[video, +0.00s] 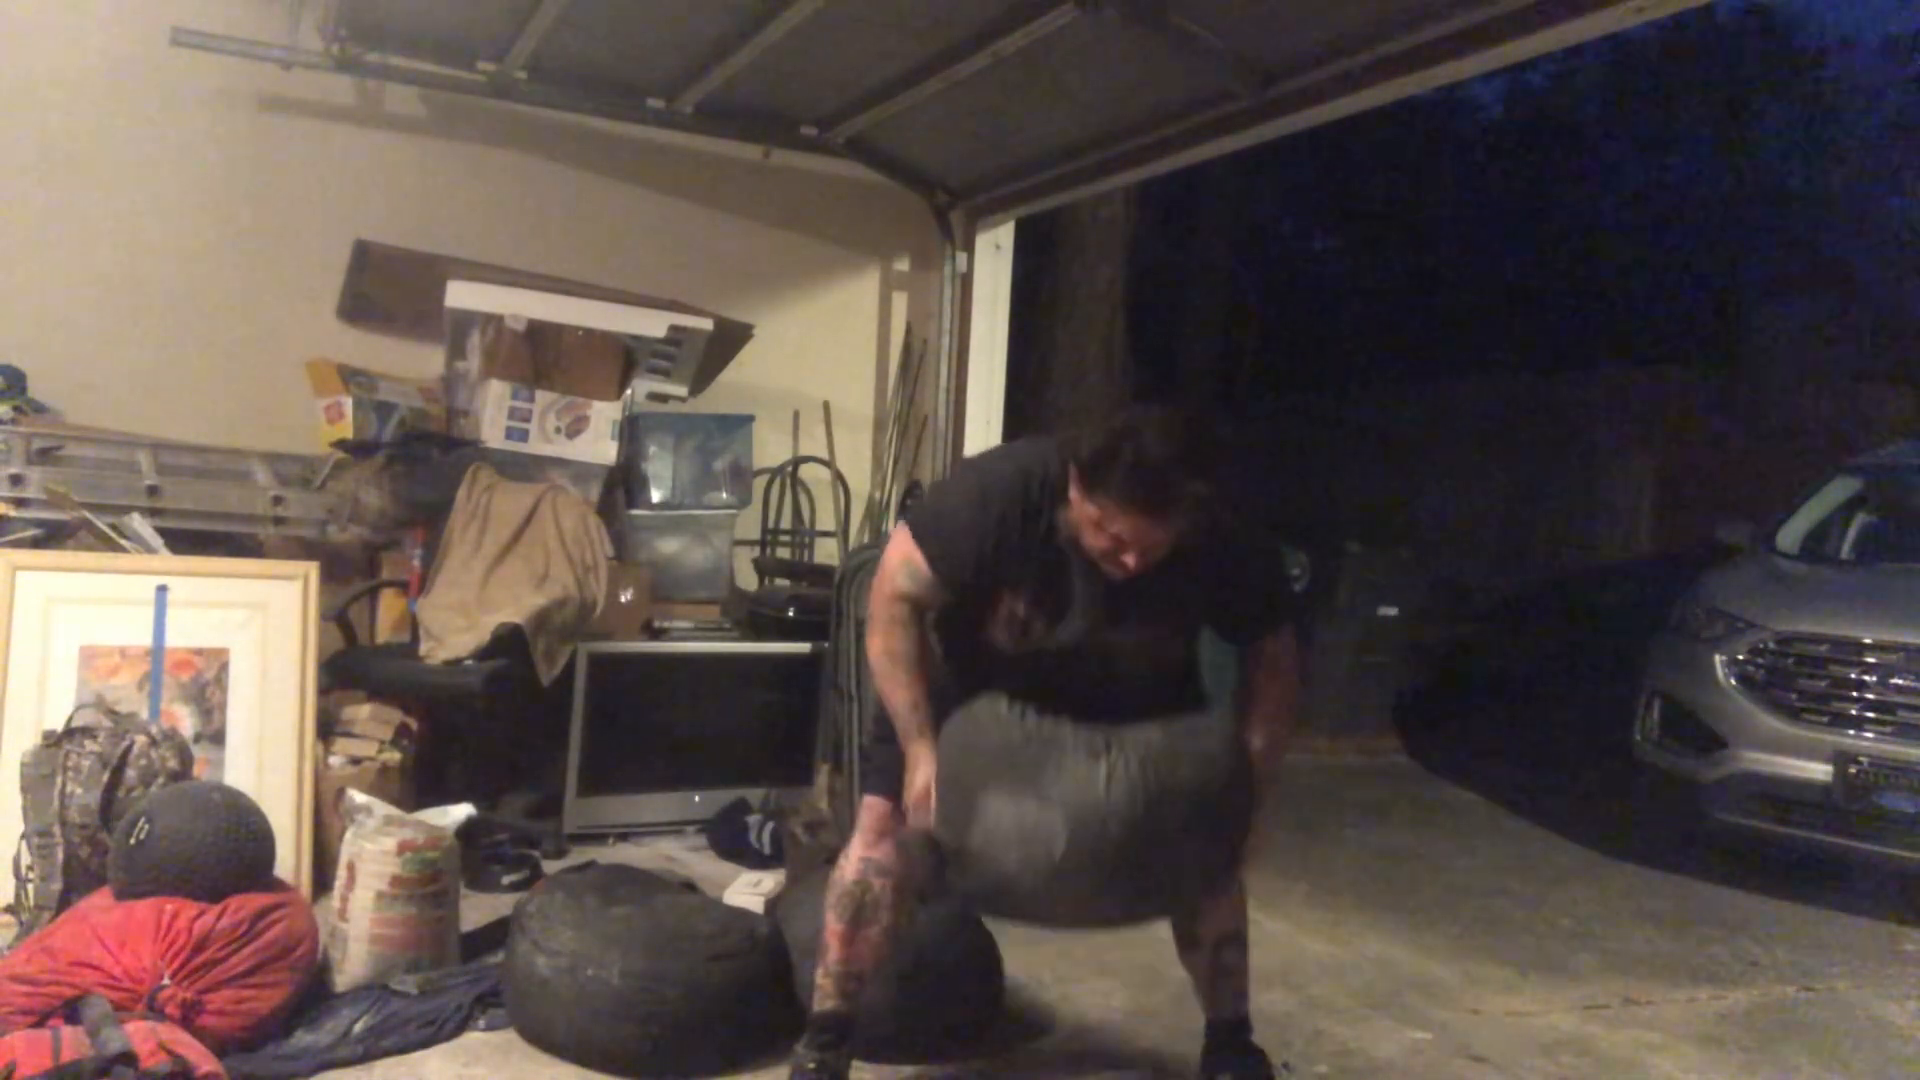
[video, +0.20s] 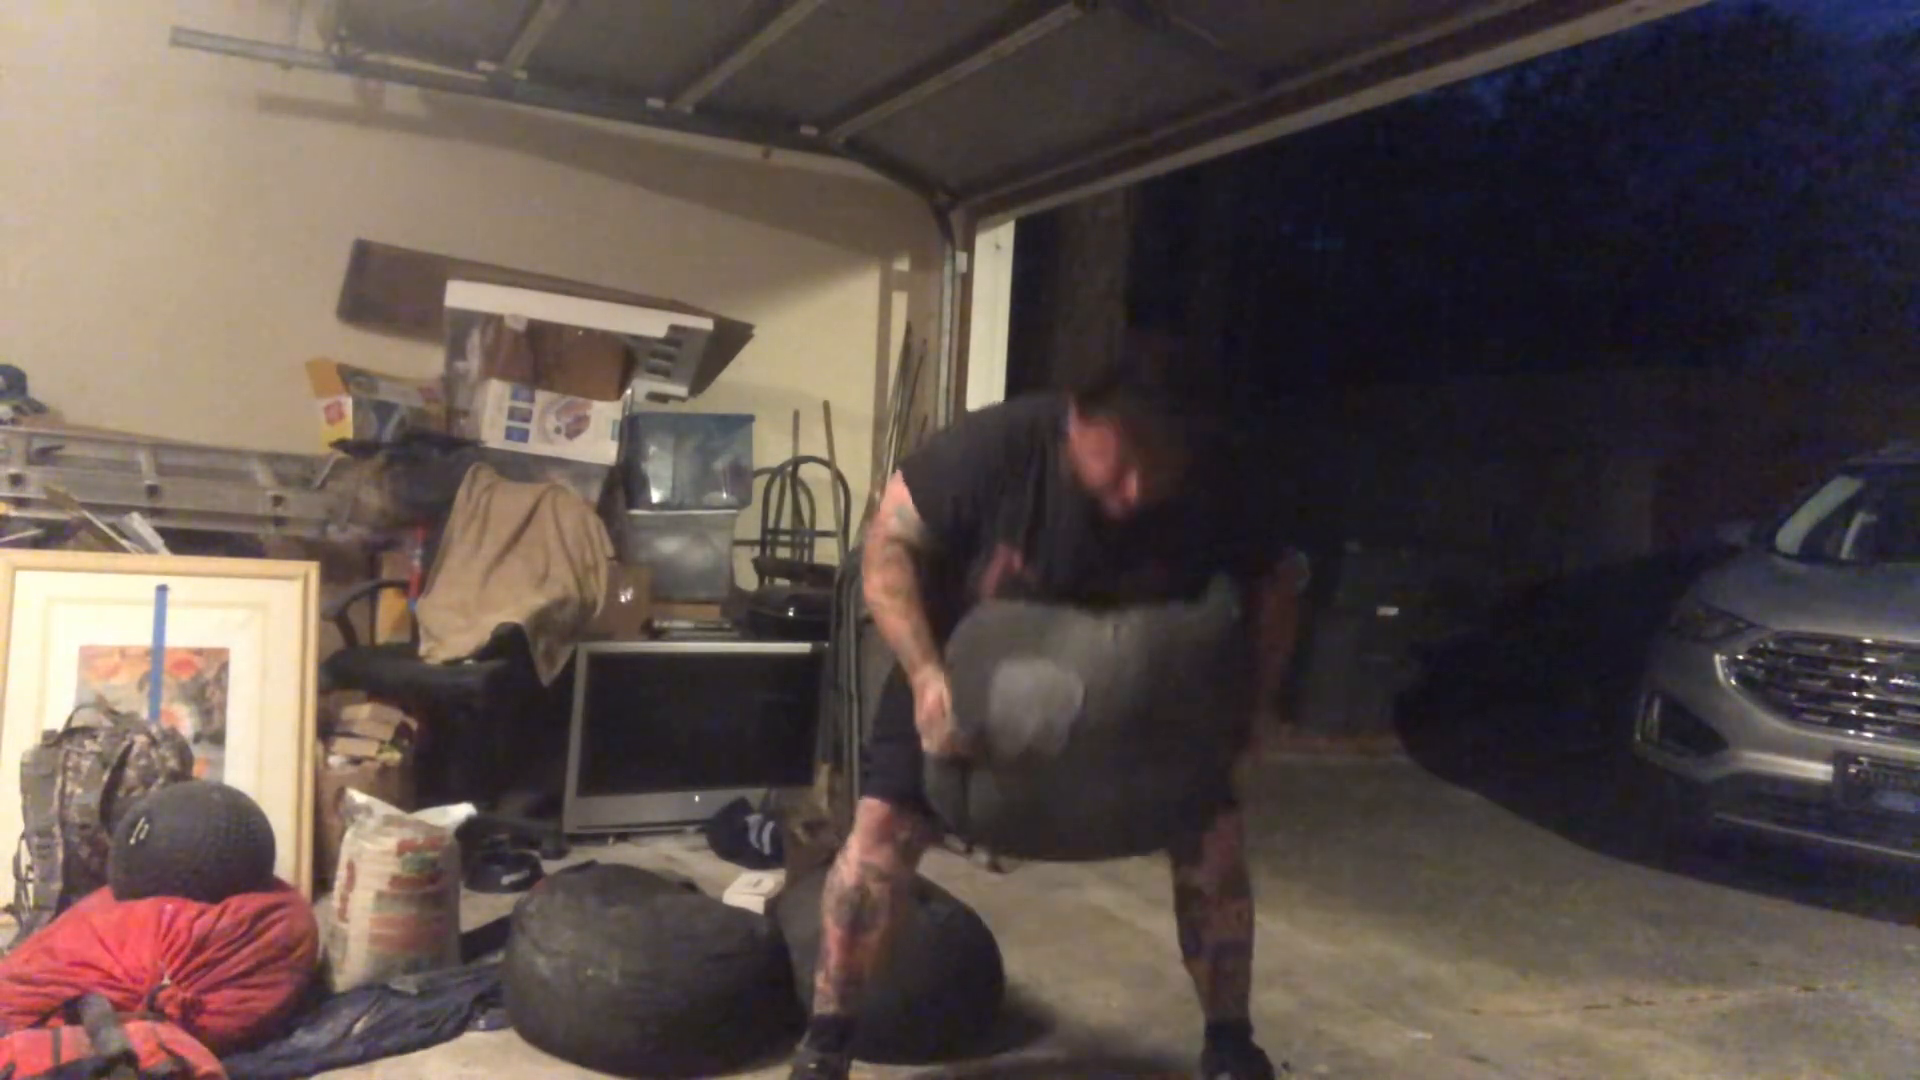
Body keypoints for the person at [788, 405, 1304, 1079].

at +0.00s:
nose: (1131, 564)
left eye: (1153, 547)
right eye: (1114, 541)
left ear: (1185, 520)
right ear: (1077, 491)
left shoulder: (1213, 540)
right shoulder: (1000, 495)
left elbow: (1273, 648)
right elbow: (892, 595)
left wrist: (1242, 789)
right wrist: (918, 751)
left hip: (1148, 702)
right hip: (976, 688)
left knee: (1208, 842)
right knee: (883, 824)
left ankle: (1231, 1044)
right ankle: (824, 1043)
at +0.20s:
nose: (1135, 493)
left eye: (1158, 472)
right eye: (1119, 465)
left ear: (1190, 452)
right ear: (1079, 421)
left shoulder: (1213, 485)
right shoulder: (995, 448)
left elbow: (1276, 579)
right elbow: (886, 545)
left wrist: (1250, 706)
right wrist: (925, 676)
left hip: (1136, 667)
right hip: (971, 647)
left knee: (1214, 835)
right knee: (882, 830)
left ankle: (1229, 1043)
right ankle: (826, 1040)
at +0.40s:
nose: (1126, 325)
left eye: (1146, 307)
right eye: (1105, 304)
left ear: (1171, 327)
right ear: (1064, 320)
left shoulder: (1199, 436)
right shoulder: (987, 415)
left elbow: (1260, 564)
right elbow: (887, 526)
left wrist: (1257, 668)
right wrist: (935, 625)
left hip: (1140, 683)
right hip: (976, 671)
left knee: (1224, 848)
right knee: (879, 833)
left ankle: (1231, 1048)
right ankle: (825, 1044)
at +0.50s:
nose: (1117, 294)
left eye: (1135, 282)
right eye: (1095, 278)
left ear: (1157, 311)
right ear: (1053, 306)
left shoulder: (1186, 430)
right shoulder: (982, 402)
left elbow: (1236, 556)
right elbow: (888, 518)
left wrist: (1263, 643)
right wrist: (939, 601)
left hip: (1132, 684)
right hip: (970, 671)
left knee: (1230, 849)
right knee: (879, 836)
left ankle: (1232, 1051)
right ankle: (823, 1051)